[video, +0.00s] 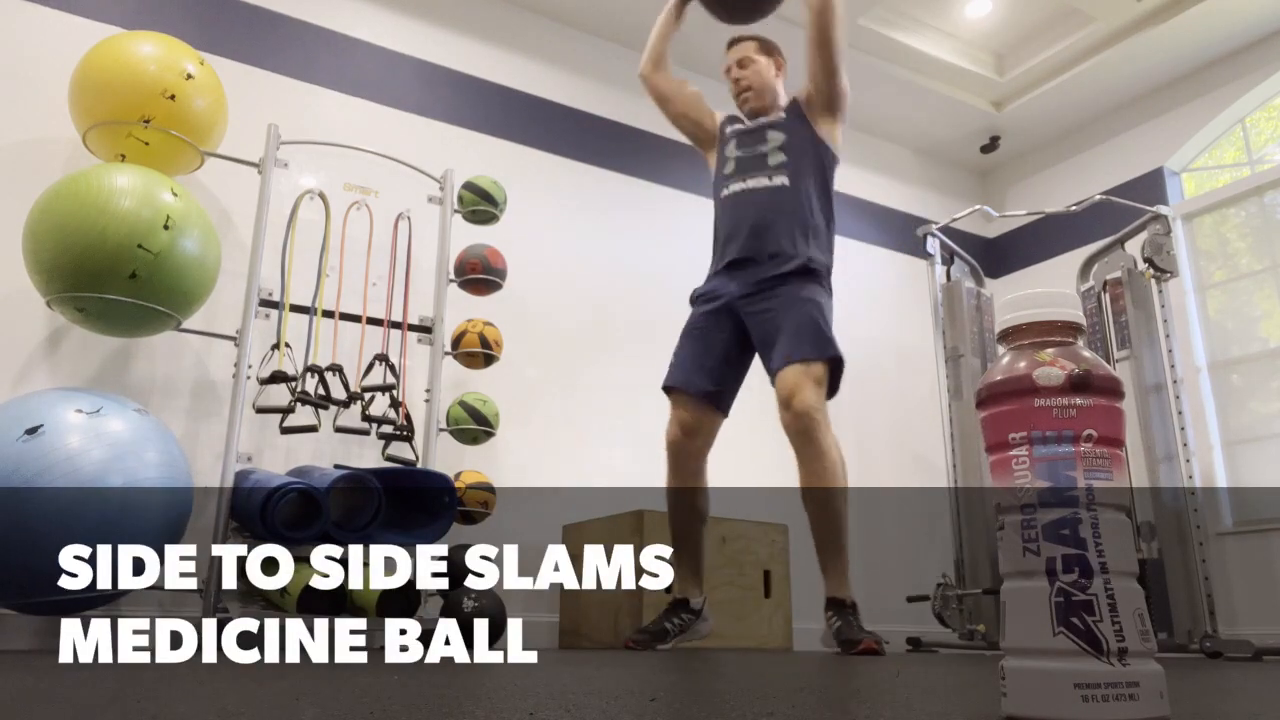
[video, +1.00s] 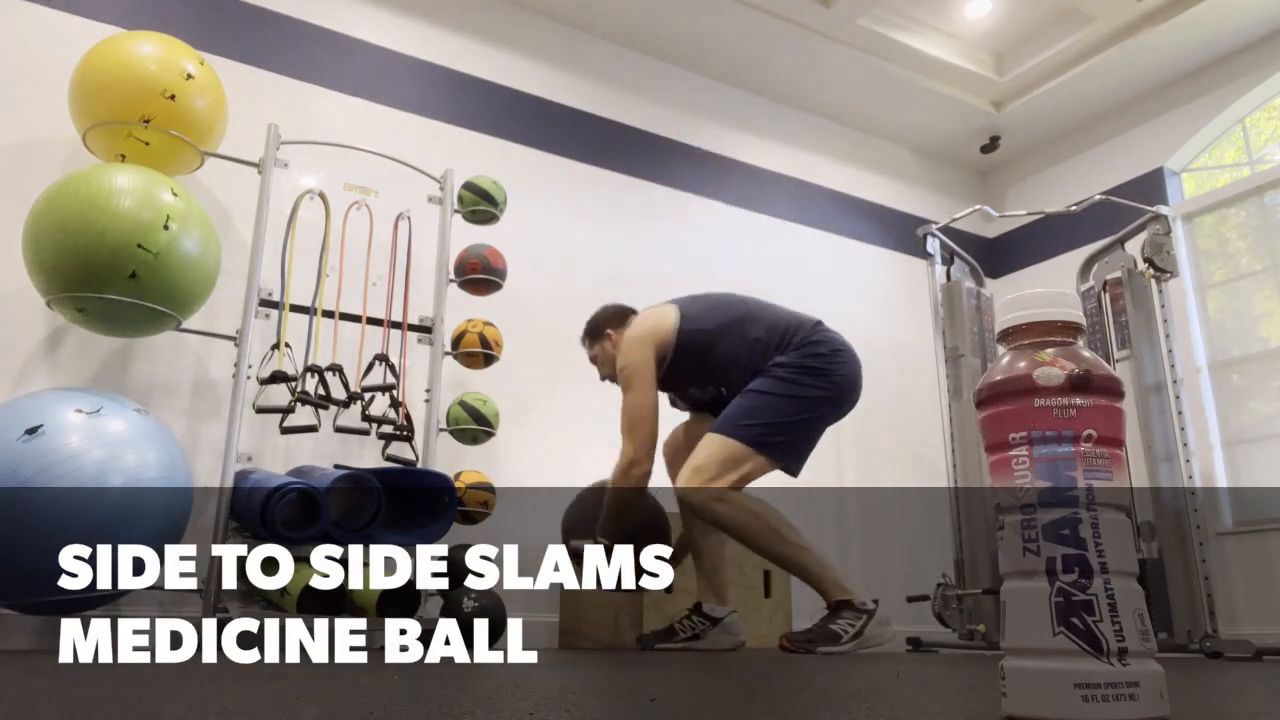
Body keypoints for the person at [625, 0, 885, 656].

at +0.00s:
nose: (737, 72)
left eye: (750, 62)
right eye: (731, 68)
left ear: (782, 72)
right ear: (728, 84)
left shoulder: (815, 116)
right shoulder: (720, 135)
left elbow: (826, 33)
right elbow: (654, 72)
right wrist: (679, 2)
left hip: (794, 284)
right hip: (723, 292)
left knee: (802, 407)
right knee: (683, 433)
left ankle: (840, 603)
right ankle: (687, 599)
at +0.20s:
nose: (686, 92)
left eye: (691, 78)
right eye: (682, 86)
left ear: (718, 64)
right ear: (699, 92)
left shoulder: (760, 80)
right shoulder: (712, 145)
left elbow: (667, 9)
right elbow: (659, 148)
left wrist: (668, 32)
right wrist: (654, 85)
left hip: (786, 257)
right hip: (742, 282)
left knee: (790, 404)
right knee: (700, 428)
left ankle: (893, 586)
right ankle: (707, 598)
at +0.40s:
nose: (649, 196)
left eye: (647, 183)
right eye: (644, 191)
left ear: (654, 156)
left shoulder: (696, 152)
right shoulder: (706, 215)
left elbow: (596, 195)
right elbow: (665, 265)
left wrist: (569, 156)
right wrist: (634, 208)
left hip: (799, 306)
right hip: (766, 322)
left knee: (739, 442)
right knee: (694, 445)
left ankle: (882, 582)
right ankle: (717, 611)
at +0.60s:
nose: (625, 291)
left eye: (624, 280)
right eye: (620, 286)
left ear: (636, 256)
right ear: (651, 255)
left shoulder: (655, 261)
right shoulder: (702, 305)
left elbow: (614, 371)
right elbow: (703, 404)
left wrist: (566, 422)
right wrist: (636, 428)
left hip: (806, 344)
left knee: (699, 461)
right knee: (682, 450)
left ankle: (845, 595)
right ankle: (716, 614)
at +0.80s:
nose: (612, 377)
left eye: (606, 364)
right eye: (606, 369)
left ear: (613, 336)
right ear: (624, 329)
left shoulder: (633, 336)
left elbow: (631, 446)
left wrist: (615, 542)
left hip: (802, 367)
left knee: (690, 490)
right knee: (673, 451)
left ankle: (847, 602)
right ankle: (712, 610)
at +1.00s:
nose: (601, 374)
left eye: (596, 359)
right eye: (594, 365)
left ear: (612, 336)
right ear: (618, 336)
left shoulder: (636, 338)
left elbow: (634, 463)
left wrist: (605, 540)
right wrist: (675, 555)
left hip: (811, 363)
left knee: (700, 487)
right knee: (680, 448)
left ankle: (851, 605)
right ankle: (714, 613)